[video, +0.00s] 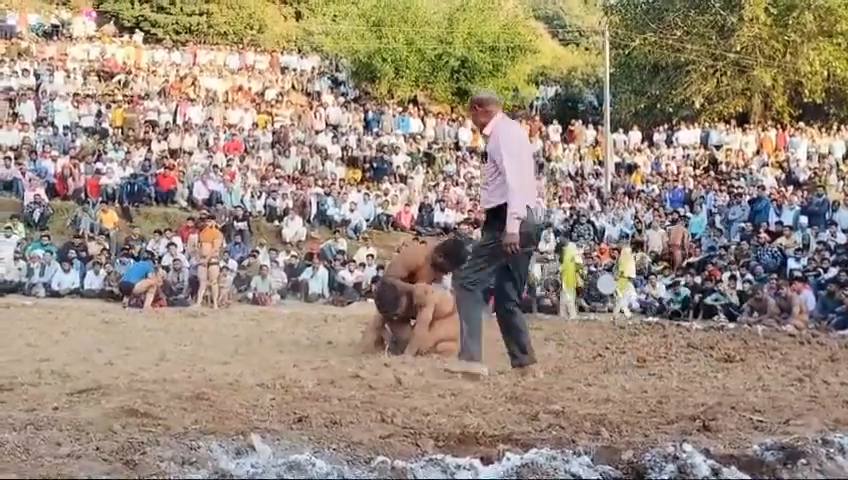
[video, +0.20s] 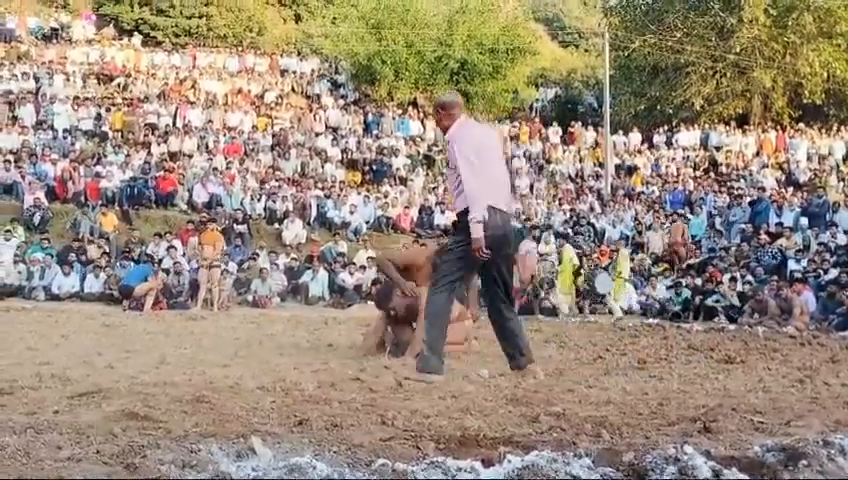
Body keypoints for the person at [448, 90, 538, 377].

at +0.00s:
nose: (472, 120)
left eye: (472, 114)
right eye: (471, 115)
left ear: (482, 109)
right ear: (491, 108)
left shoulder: (504, 131)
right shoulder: (507, 130)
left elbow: (517, 178)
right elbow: (518, 179)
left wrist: (513, 224)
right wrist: (492, 218)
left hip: (506, 219)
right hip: (525, 220)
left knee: (466, 281)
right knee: (506, 296)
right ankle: (524, 361)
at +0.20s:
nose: (437, 123)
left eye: (436, 117)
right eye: (436, 117)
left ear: (445, 113)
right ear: (461, 110)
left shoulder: (458, 136)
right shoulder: (488, 132)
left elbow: (473, 181)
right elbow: (497, 179)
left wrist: (476, 226)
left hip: (475, 220)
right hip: (503, 220)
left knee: (442, 286)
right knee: (498, 295)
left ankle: (431, 359)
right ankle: (521, 359)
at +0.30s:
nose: (420, 127)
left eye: (418, 121)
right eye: (418, 122)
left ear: (424, 115)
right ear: (442, 110)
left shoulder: (438, 135)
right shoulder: (472, 130)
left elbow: (447, 183)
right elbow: (488, 175)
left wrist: (445, 228)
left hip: (467, 211)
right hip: (493, 212)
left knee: (431, 289)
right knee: (494, 292)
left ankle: (430, 359)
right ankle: (520, 355)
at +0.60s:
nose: (390, 116)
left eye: (389, 111)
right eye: (388, 112)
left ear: (394, 105)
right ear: (414, 98)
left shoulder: (405, 127)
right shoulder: (454, 118)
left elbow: (406, 171)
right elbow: (477, 164)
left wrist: (409, 216)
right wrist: (476, 191)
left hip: (439, 204)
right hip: (473, 203)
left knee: (428, 284)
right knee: (468, 282)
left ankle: (432, 359)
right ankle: (482, 345)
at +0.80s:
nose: (390, 107)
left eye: (388, 103)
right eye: (388, 102)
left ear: (393, 97)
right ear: (417, 90)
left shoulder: (398, 120)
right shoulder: (454, 110)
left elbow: (400, 169)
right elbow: (474, 157)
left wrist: (402, 215)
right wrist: (480, 189)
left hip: (425, 198)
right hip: (462, 198)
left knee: (422, 278)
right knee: (452, 282)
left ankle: (430, 347)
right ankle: (435, 347)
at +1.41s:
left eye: (404, 71)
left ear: (402, 73)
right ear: (429, 69)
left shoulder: (390, 101)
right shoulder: (452, 96)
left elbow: (376, 151)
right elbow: (464, 148)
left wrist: (369, 197)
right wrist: (475, 195)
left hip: (403, 192)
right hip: (440, 192)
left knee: (397, 275)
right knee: (437, 281)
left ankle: (384, 354)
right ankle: (429, 362)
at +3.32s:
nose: (408, 65)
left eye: (396, 60)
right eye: (412, 60)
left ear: (386, 61)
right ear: (415, 61)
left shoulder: (364, 94)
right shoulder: (427, 92)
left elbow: (354, 146)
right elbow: (436, 148)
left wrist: (351, 190)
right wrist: (445, 199)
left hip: (373, 191)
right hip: (414, 190)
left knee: (368, 279)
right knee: (419, 277)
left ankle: (364, 365)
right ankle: (417, 365)